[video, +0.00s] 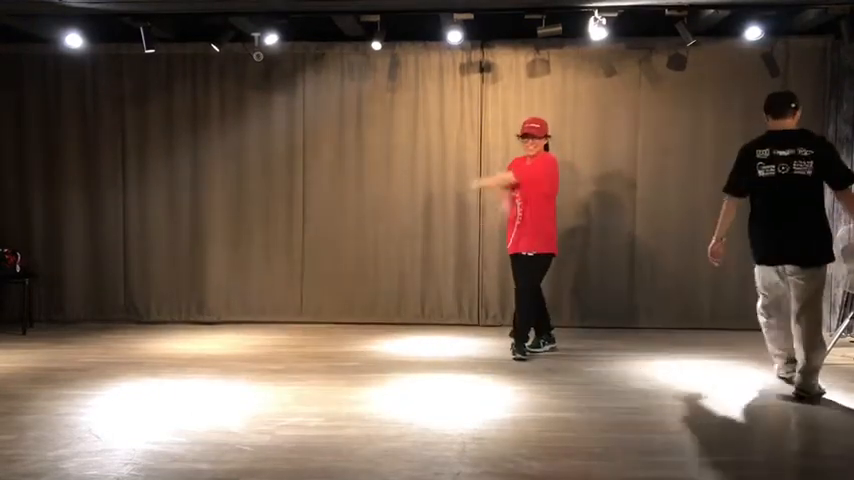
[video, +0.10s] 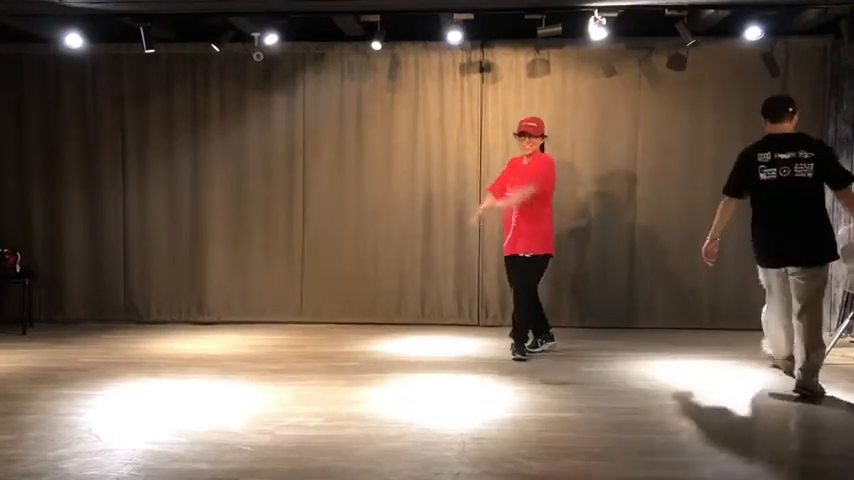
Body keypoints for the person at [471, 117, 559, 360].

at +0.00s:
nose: (530, 143)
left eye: (535, 139)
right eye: (526, 138)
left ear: (545, 141)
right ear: (521, 140)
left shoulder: (547, 163)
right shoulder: (517, 166)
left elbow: (513, 178)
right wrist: (503, 192)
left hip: (540, 240)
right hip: (518, 239)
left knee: (526, 289)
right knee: (529, 289)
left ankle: (519, 340)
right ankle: (545, 335)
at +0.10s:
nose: (526, 141)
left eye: (531, 137)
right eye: (523, 137)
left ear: (541, 140)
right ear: (518, 139)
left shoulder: (545, 164)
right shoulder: (514, 164)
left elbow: (526, 193)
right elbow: (495, 191)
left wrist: (494, 205)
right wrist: (482, 210)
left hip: (537, 242)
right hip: (513, 241)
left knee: (524, 290)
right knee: (523, 290)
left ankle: (519, 341)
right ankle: (543, 333)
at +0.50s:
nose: (517, 146)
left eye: (522, 142)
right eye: (513, 142)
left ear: (530, 142)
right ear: (506, 141)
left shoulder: (542, 167)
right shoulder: (500, 165)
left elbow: (564, 193)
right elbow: (487, 185)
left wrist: (568, 208)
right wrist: (464, 195)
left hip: (529, 245)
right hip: (499, 242)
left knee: (522, 297)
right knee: (490, 293)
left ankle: (519, 343)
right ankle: (483, 340)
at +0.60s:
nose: (519, 148)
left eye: (523, 144)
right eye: (515, 144)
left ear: (531, 142)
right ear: (506, 141)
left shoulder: (538, 166)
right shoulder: (495, 166)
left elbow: (544, 199)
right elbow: (475, 189)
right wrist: (458, 201)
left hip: (528, 244)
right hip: (497, 242)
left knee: (523, 297)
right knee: (486, 292)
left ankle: (519, 343)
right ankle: (473, 340)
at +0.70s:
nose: (515, 150)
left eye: (520, 145)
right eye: (511, 145)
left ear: (528, 142)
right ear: (502, 141)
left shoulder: (532, 163)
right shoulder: (490, 165)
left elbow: (515, 181)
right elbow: (476, 191)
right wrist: (492, 191)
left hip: (526, 242)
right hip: (495, 240)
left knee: (521, 296)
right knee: (485, 294)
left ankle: (519, 343)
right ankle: (476, 342)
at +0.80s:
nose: (509, 150)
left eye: (514, 145)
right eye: (505, 145)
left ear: (520, 142)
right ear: (495, 141)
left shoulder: (525, 159)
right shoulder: (485, 165)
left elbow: (498, 168)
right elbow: (496, 186)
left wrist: (472, 156)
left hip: (522, 241)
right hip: (491, 240)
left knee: (519, 296)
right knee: (484, 295)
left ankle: (519, 343)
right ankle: (476, 344)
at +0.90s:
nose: (503, 149)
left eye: (507, 145)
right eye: (498, 145)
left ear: (513, 142)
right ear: (489, 141)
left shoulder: (520, 159)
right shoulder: (479, 165)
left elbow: (507, 174)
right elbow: (494, 189)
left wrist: (474, 169)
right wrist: (526, 181)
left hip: (517, 242)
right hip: (485, 241)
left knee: (517, 297)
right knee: (480, 296)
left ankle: (519, 343)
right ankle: (475, 345)